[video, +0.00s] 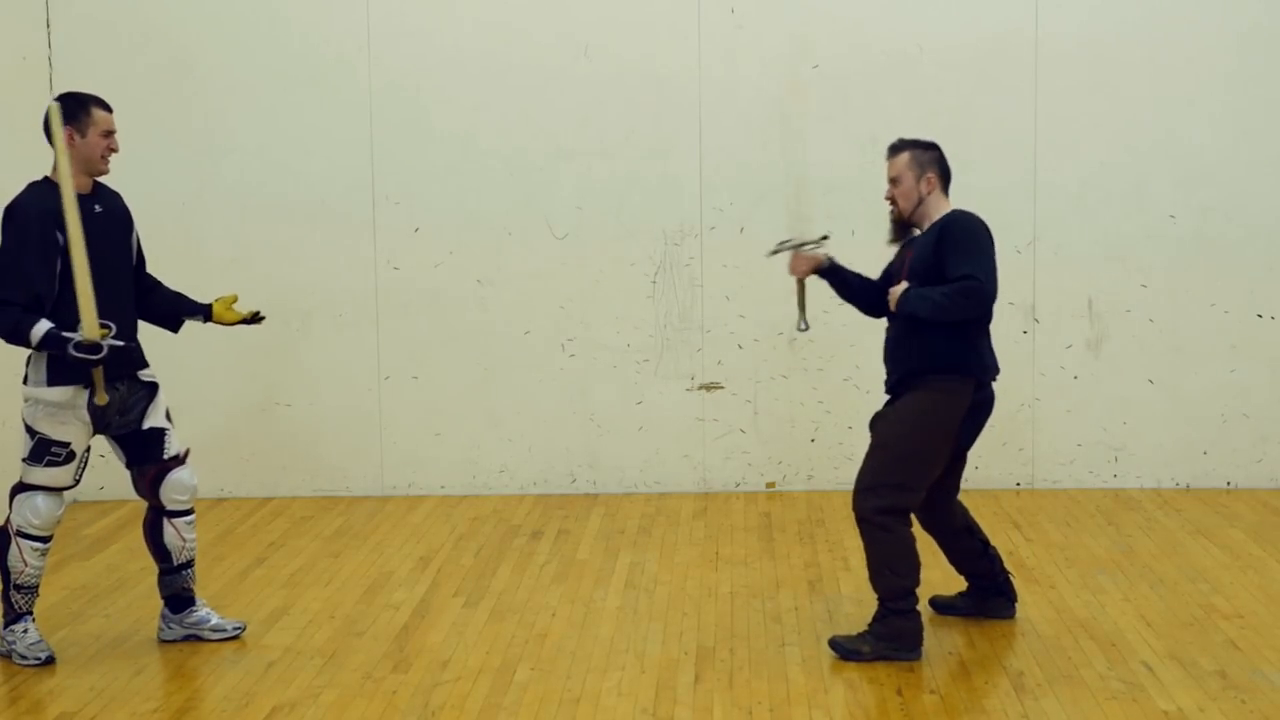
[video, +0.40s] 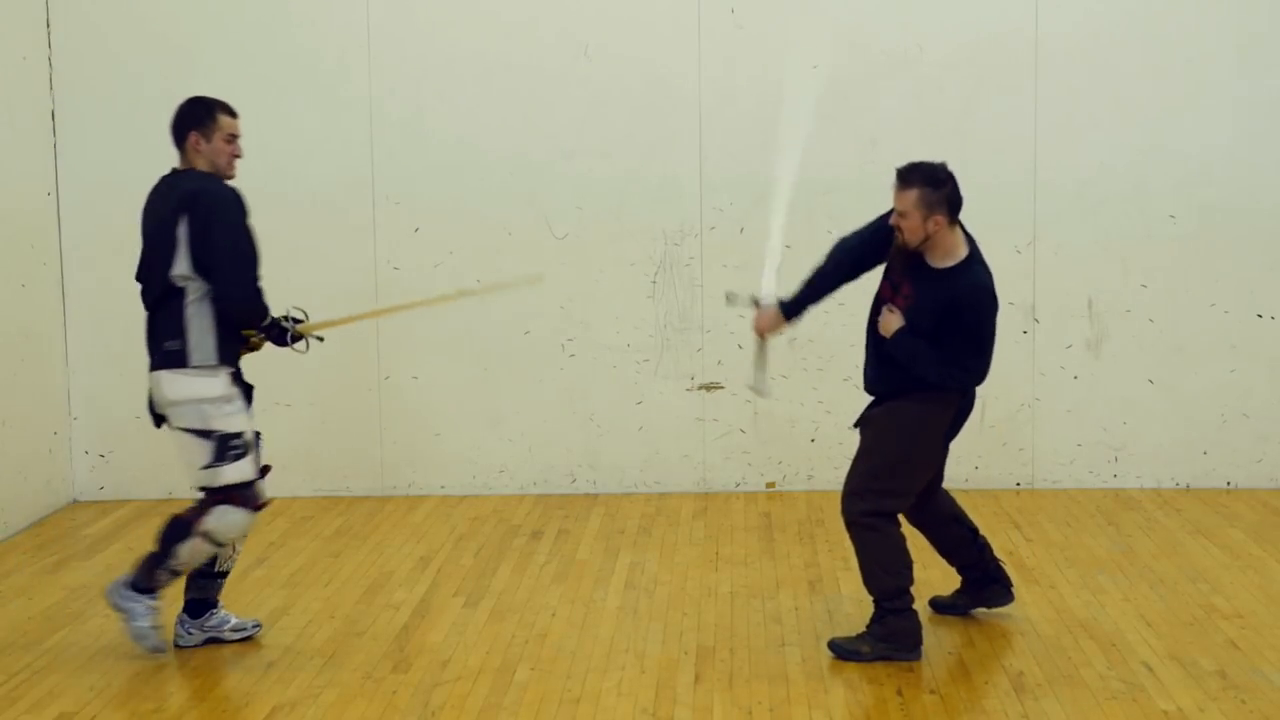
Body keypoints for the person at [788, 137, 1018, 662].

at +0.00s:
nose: (888, 193)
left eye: (895, 182)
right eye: (887, 184)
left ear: (929, 182)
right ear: (921, 185)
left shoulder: (962, 228)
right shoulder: (912, 249)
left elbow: (976, 297)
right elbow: (880, 301)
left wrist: (910, 299)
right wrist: (827, 268)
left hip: (943, 389)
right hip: (939, 392)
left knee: (878, 499)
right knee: (934, 501)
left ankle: (897, 629)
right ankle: (992, 590)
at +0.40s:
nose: (892, 220)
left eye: (903, 215)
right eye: (894, 210)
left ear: (938, 222)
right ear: (927, 217)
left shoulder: (971, 288)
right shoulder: (905, 231)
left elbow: (970, 371)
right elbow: (847, 260)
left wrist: (902, 337)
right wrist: (787, 309)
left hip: (931, 406)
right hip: (903, 396)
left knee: (866, 504)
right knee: (919, 496)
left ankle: (895, 629)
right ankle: (986, 579)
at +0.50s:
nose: (900, 226)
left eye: (911, 220)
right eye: (901, 216)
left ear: (946, 224)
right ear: (905, 208)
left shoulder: (980, 287)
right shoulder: (902, 233)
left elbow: (983, 368)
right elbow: (859, 276)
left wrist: (915, 334)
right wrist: (848, 346)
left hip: (935, 400)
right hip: (888, 388)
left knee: (868, 503)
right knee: (903, 493)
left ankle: (896, 628)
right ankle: (979, 572)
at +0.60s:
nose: (904, 218)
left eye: (915, 211)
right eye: (904, 208)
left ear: (949, 215)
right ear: (908, 201)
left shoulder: (986, 283)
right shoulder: (902, 232)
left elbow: (990, 363)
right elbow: (865, 274)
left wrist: (925, 326)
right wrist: (891, 299)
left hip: (938, 404)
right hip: (888, 393)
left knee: (872, 501)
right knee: (892, 497)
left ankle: (897, 629)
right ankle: (978, 572)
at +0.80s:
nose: (908, 195)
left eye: (918, 187)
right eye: (909, 185)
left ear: (951, 194)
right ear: (929, 193)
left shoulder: (996, 252)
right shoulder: (916, 239)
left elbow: (993, 330)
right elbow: (885, 280)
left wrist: (936, 283)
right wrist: (891, 230)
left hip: (957, 399)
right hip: (903, 393)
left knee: (891, 497)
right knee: (881, 495)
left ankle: (896, 628)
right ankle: (958, 574)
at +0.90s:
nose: (901, 187)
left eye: (912, 179)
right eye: (903, 177)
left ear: (946, 186)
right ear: (931, 187)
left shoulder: (995, 223)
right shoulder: (920, 230)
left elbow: (1017, 293)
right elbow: (895, 270)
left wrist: (951, 267)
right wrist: (873, 217)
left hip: (987, 371)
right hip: (929, 367)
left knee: (939, 479)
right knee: (907, 478)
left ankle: (902, 602)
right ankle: (964, 577)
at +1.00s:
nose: (904, 177)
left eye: (914, 165)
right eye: (903, 167)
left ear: (948, 169)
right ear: (933, 175)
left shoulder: (1005, 206)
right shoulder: (925, 224)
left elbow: (1048, 271)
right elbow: (908, 266)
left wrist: (975, 290)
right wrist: (868, 220)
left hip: (1020, 352)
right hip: (959, 355)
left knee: (981, 463)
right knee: (945, 470)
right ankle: (969, 586)